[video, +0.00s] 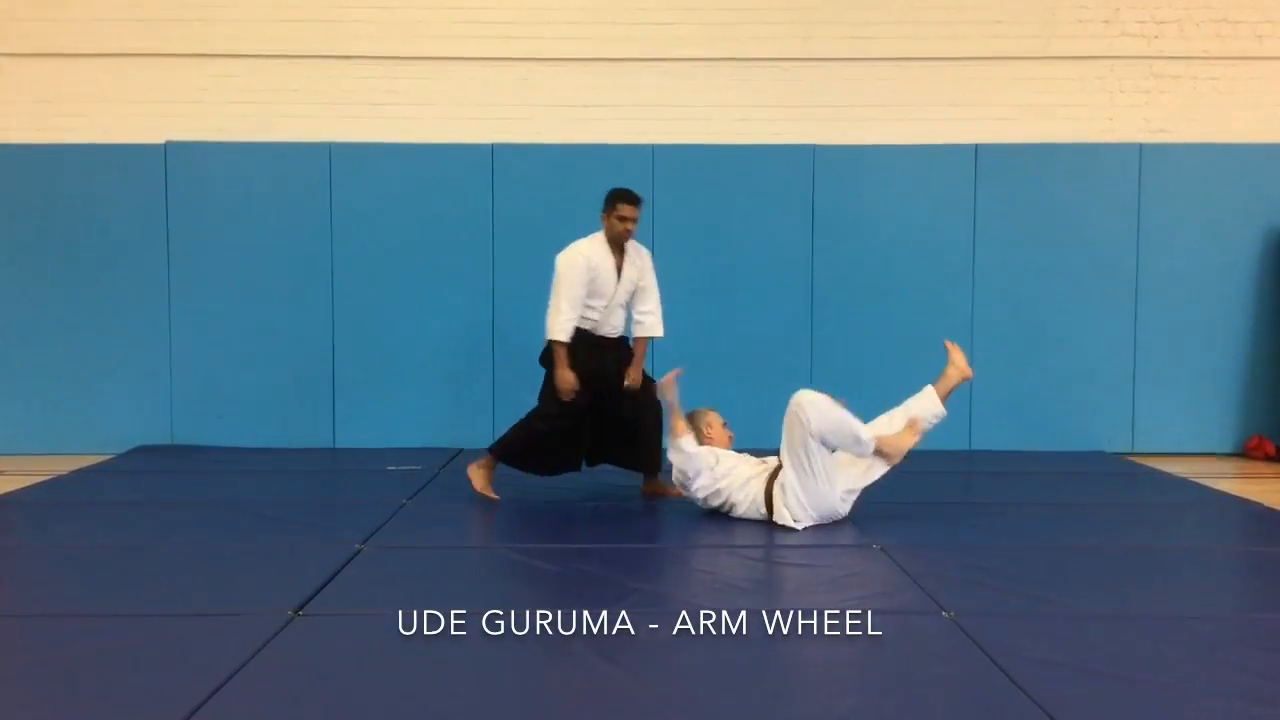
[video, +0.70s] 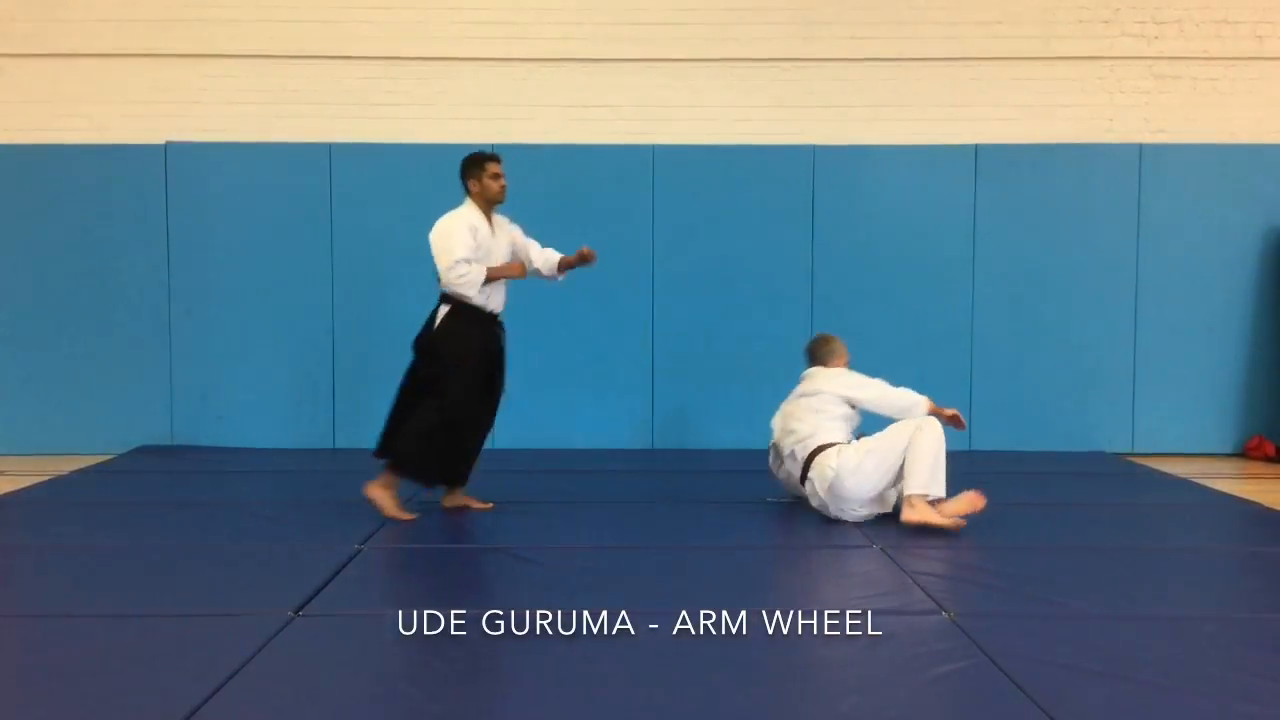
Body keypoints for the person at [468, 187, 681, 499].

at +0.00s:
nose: (629, 227)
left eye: (634, 221)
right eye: (623, 220)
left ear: (638, 222)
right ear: (605, 218)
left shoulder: (640, 257)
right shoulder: (577, 255)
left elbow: (645, 312)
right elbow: (560, 312)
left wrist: (637, 362)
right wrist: (561, 365)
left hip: (613, 350)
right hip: (575, 346)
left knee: (647, 400)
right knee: (552, 415)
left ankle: (652, 482)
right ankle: (485, 465)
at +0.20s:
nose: (574, 215)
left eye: (578, 209)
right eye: (567, 208)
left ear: (582, 212)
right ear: (548, 209)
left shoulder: (586, 251)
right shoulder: (523, 253)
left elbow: (600, 304)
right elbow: (511, 312)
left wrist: (613, 351)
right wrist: (522, 362)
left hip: (573, 347)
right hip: (536, 346)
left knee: (612, 395)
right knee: (537, 421)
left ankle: (645, 475)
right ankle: (476, 486)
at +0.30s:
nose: (552, 207)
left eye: (555, 201)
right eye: (544, 201)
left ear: (558, 204)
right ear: (525, 203)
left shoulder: (561, 246)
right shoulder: (500, 248)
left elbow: (574, 301)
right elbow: (488, 309)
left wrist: (590, 348)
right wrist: (501, 360)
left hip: (552, 341)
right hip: (514, 341)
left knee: (588, 399)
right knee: (518, 418)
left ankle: (610, 478)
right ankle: (475, 488)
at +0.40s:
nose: (536, 192)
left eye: (538, 186)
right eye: (528, 186)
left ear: (540, 190)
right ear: (507, 192)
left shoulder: (544, 234)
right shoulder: (485, 236)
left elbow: (554, 291)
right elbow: (466, 295)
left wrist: (572, 334)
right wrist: (485, 340)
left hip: (535, 331)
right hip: (498, 331)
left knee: (560, 398)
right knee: (495, 411)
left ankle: (565, 481)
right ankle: (475, 488)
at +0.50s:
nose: (527, 174)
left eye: (528, 168)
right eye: (519, 169)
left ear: (527, 173)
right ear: (498, 175)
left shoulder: (533, 217)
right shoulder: (475, 217)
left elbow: (543, 269)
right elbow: (453, 268)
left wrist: (570, 303)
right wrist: (487, 306)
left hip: (518, 316)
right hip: (481, 315)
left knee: (526, 389)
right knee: (482, 395)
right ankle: (472, 481)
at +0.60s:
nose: (516, 171)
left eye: (517, 166)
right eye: (508, 166)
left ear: (516, 172)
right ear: (486, 172)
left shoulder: (521, 217)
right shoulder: (463, 213)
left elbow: (542, 256)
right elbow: (449, 261)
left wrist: (570, 273)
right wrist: (494, 281)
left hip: (502, 317)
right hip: (468, 314)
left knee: (492, 397)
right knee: (464, 395)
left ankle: (461, 483)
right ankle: (437, 482)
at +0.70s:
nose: (503, 183)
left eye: (502, 176)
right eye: (495, 177)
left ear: (495, 183)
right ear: (473, 183)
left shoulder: (504, 228)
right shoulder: (451, 225)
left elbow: (536, 257)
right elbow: (455, 277)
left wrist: (570, 262)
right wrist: (502, 272)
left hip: (487, 330)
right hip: (454, 327)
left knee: (477, 412)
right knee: (436, 406)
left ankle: (454, 491)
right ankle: (385, 484)